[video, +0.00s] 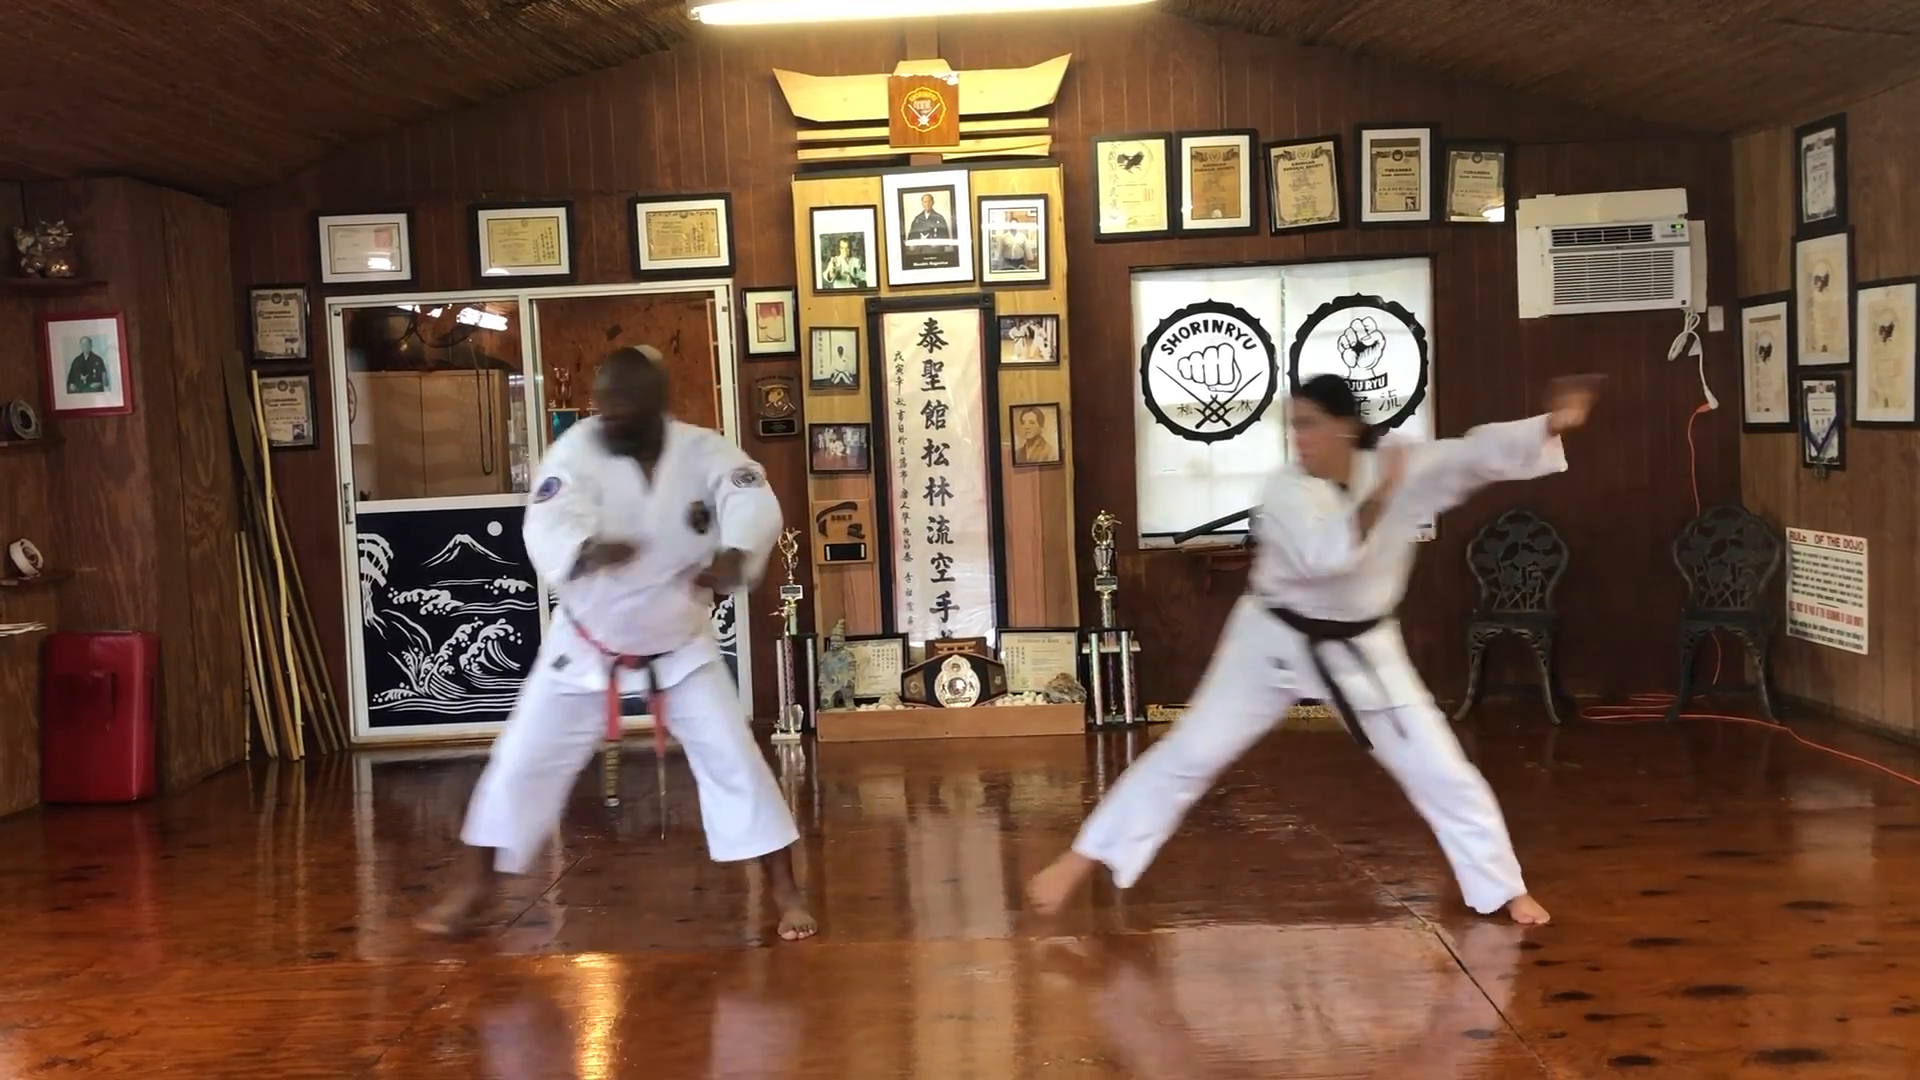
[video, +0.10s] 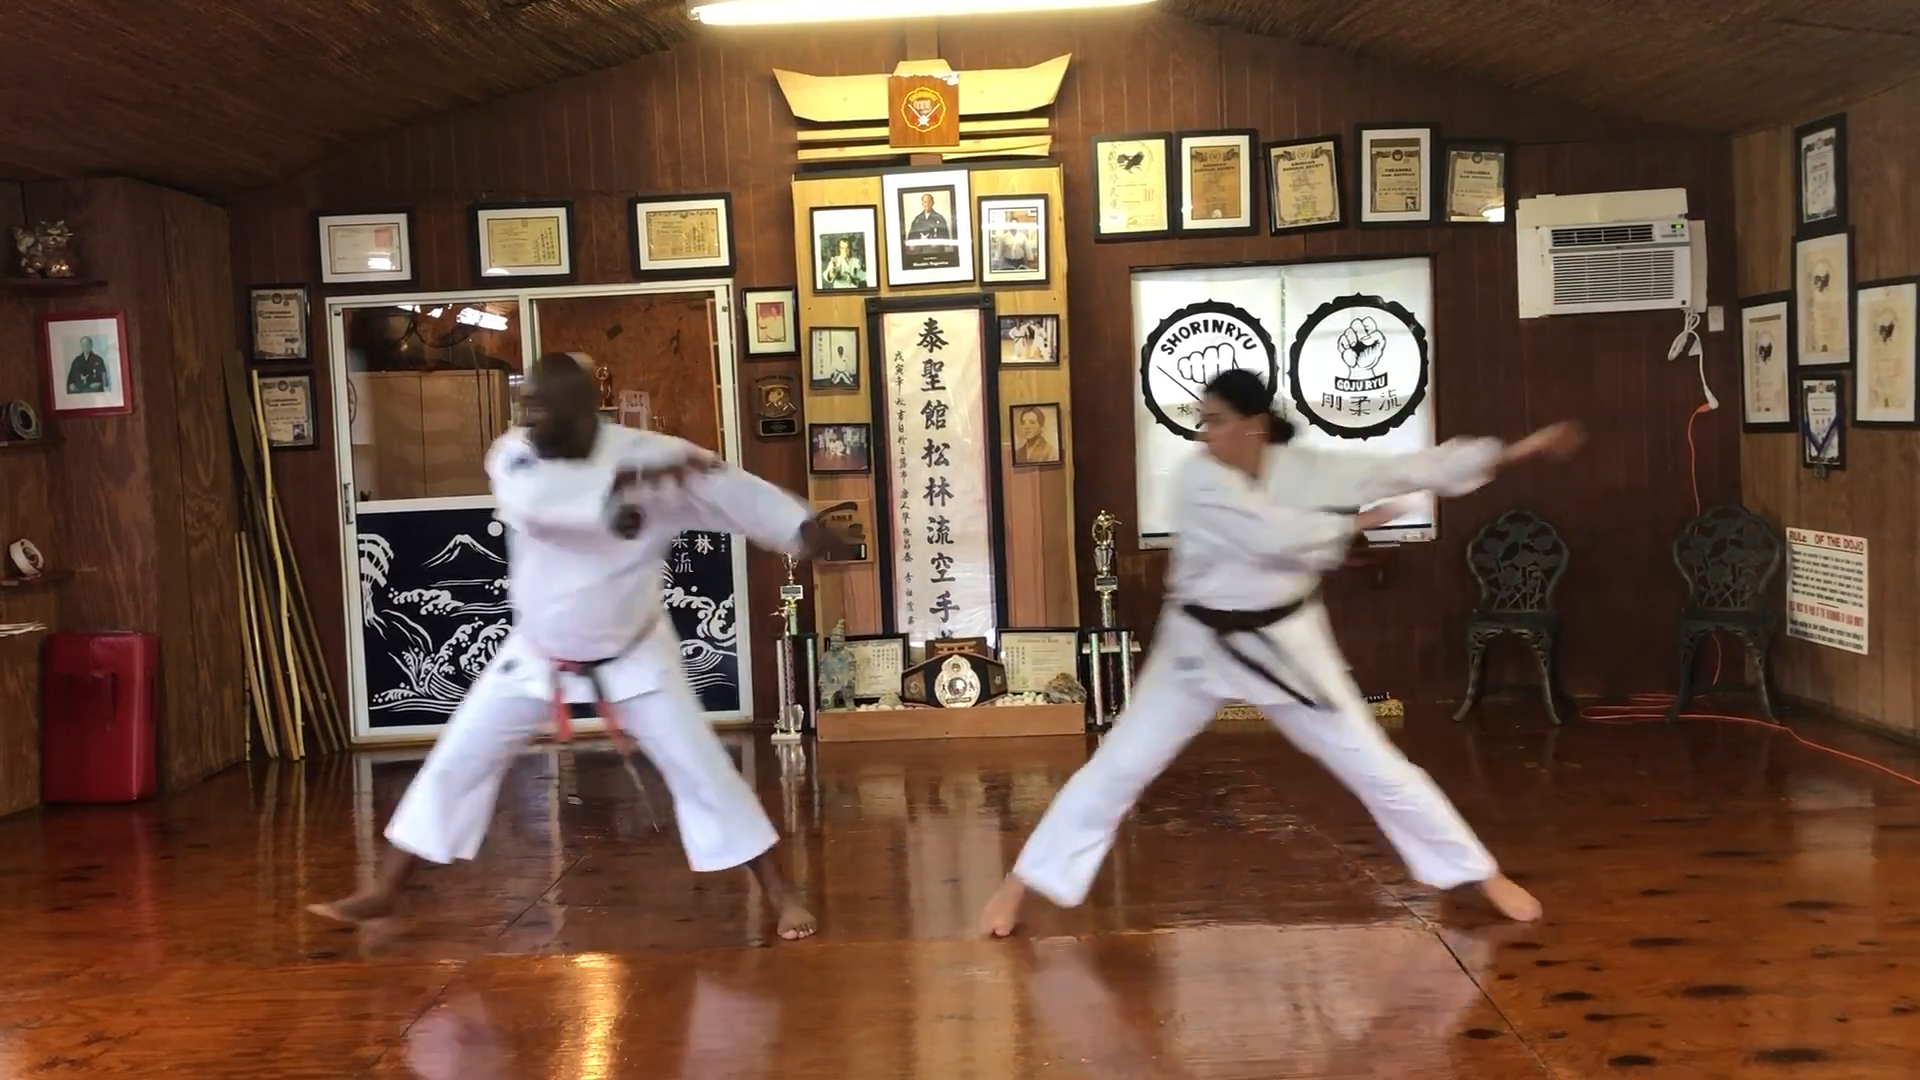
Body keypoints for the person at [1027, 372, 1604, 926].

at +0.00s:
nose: (1297, 438)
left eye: (1309, 425)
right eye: (1293, 425)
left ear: (1348, 427)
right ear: (1297, 432)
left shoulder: (1400, 463)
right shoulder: (1285, 493)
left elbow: (1472, 454)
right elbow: (1327, 561)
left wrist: (1547, 427)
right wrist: (1384, 500)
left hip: (1365, 641)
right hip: (1273, 633)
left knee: (1437, 764)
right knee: (1194, 749)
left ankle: (1505, 892)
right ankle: (1081, 858)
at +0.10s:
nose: (1205, 431)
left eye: (1217, 420)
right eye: (1203, 419)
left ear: (1257, 424)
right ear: (1213, 427)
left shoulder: (1308, 467)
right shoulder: (1199, 478)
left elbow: (1411, 469)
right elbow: (1266, 539)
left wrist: (1513, 452)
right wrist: (1349, 526)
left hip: (1288, 641)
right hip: (1196, 642)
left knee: (1371, 762)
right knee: (1118, 764)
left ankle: (1486, 877)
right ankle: (1019, 884)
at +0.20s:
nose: (1137, 446)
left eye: (1149, 433)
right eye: (1135, 433)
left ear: (1189, 438)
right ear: (1137, 437)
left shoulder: (1235, 494)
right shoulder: (1117, 492)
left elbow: (1302, 538)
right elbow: (1139, 571)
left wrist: (1353, 549)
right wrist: (1223, 561)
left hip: (1224, 660)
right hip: (1130, 661)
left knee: (1304, 779)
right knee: (1065, 785)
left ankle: (1361, 863)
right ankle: (1010, 906)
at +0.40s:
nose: (1081, 450)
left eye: (1093, 439)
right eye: (1080, 438)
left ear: (1134, 442)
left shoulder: (1187, 514)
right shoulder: (1068, 504)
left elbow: (1159, 606)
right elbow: (1004, 574)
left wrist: (1075, 649)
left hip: (1160, 655)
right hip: (1072, 648)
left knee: (1214, 791)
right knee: (1024, 774)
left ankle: (1206, 898)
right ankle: (1005, 907)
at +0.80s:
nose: (1050, 422)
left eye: (1062, 412)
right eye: (1047, 412)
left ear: (1100, 417)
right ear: (1046, 416)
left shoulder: (1145, 492)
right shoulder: (1024, 491)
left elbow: (1137, 590)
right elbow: (973, 574)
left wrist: (1064, 642)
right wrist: (925, 650)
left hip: (1135, 629)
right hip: (1050, 633)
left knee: (1202, 755)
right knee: (1025, 767)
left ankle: (1225, 884)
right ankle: (1012, 909)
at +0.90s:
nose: (1075, 430)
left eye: (1090, 419)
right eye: (1067, 418)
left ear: (1117, 432)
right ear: (1056, 429)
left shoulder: (1141, 498)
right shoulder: (1029, 504)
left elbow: (1128, 596)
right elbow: (976, 580)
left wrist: (1046, 643)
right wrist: (939, 661)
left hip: (1146, 642)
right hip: (1062, 650)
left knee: (1232, 748)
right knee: (1027, 774)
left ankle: (1295, 869)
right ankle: (1008, 911)